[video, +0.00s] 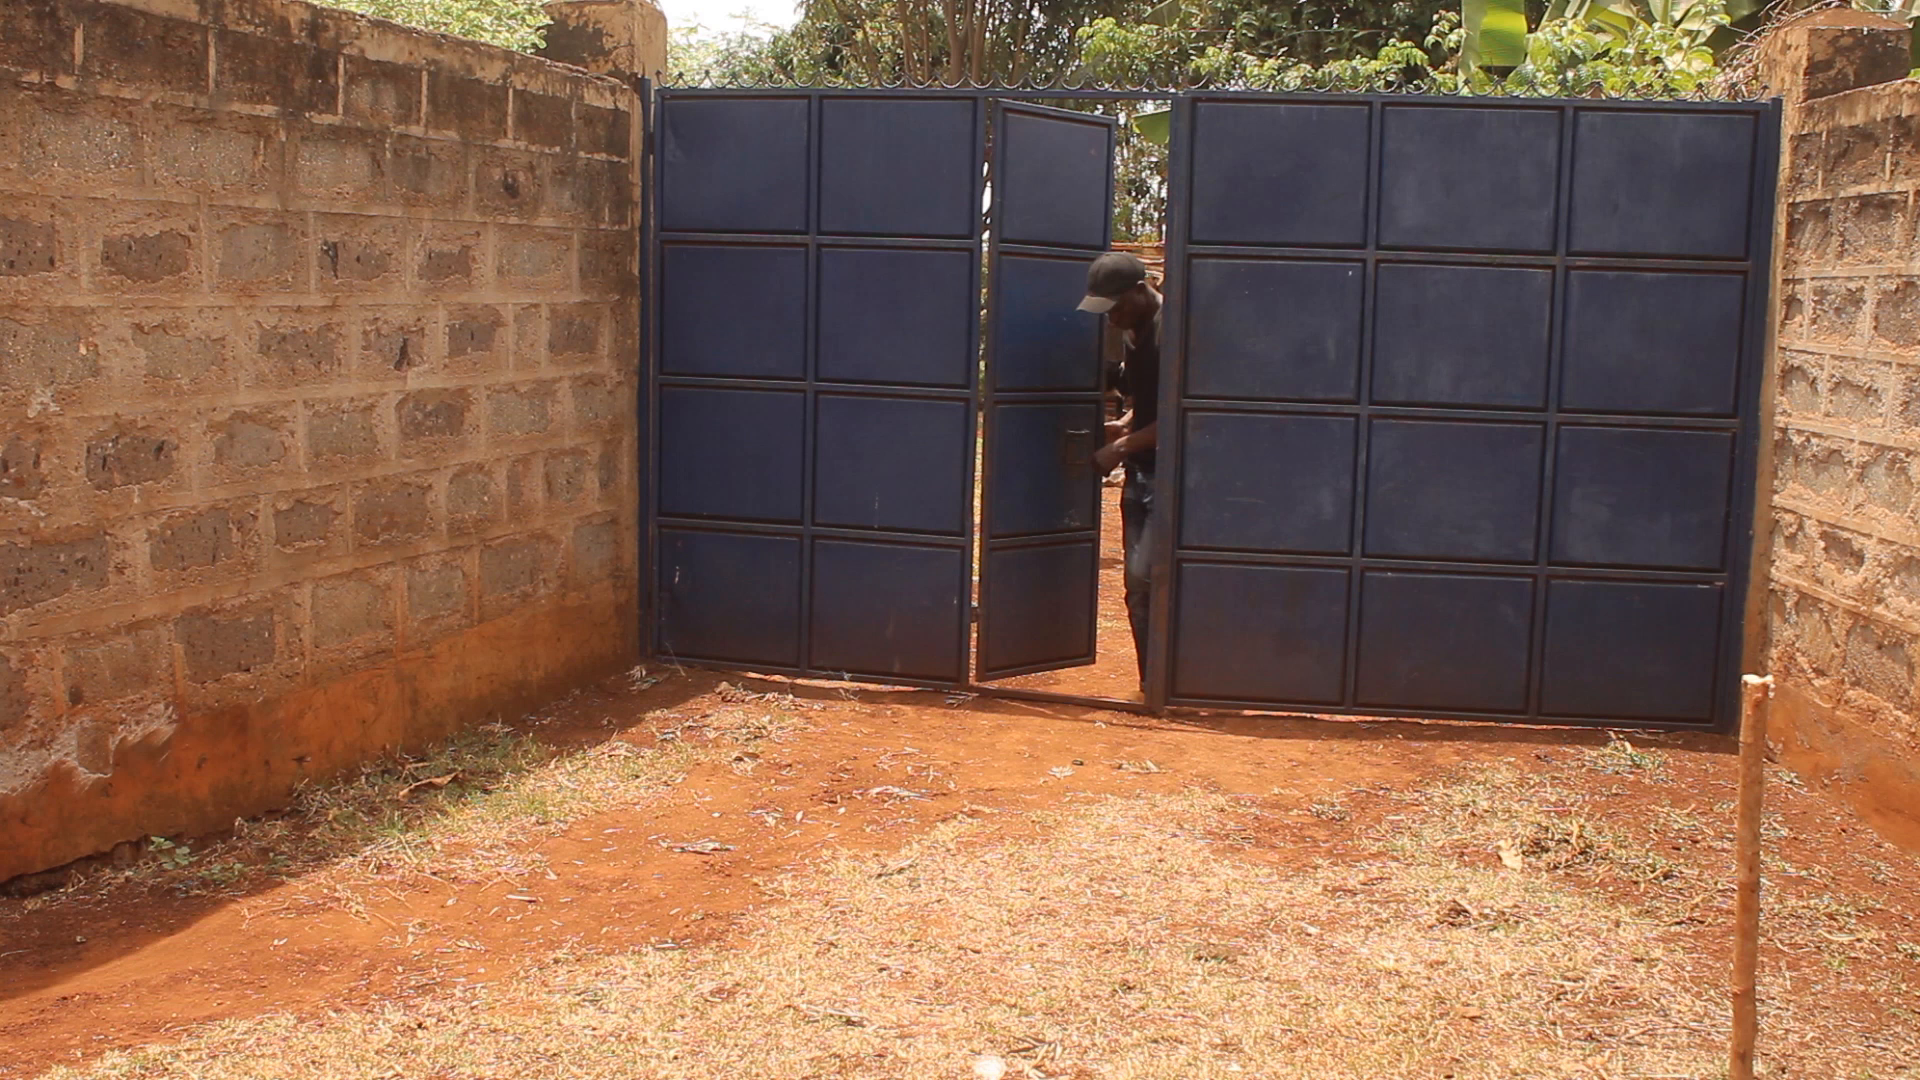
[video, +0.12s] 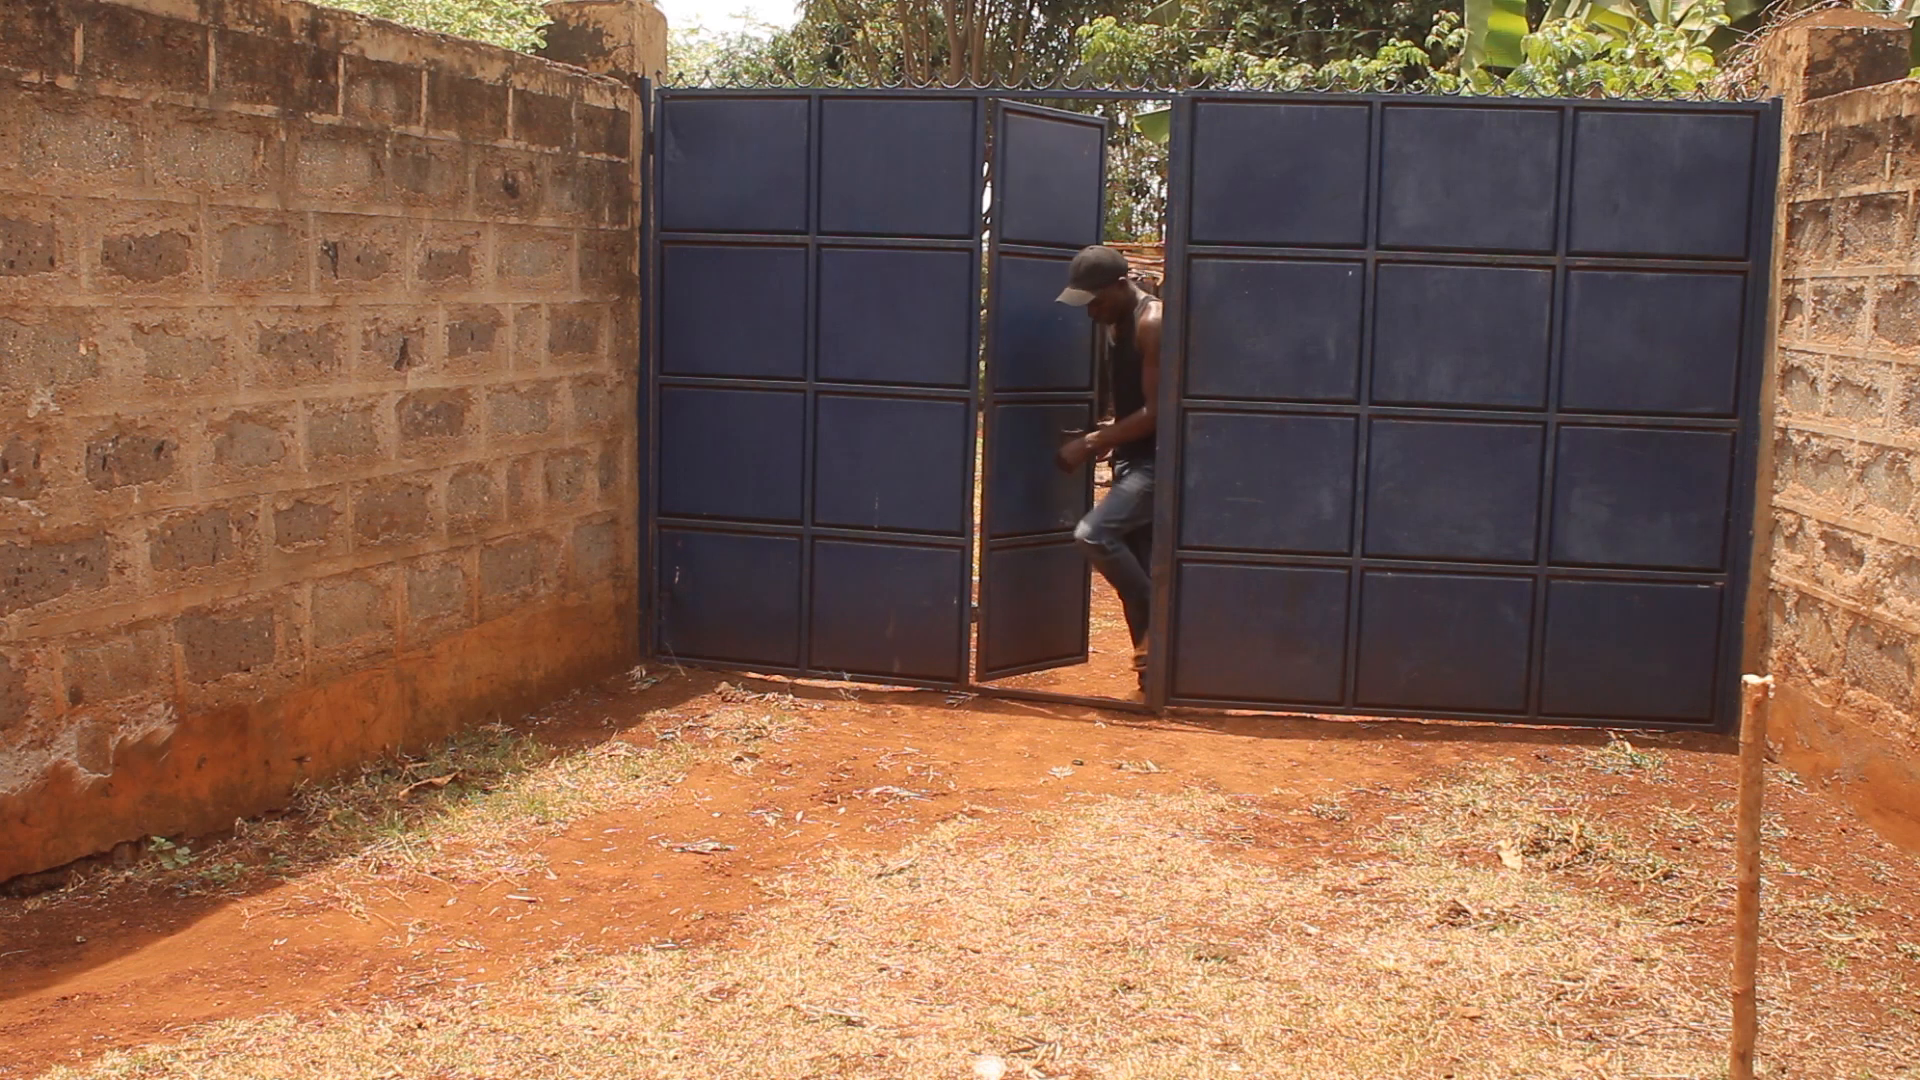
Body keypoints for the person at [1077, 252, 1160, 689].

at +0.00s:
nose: (1111, 316)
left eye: (1115, 306)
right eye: (1107, 308)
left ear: (1139, 293)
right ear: (1112, 299)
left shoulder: (1171, 332)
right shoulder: (1135, 328)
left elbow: (1177, 417)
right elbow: (1149, 400)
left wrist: (1120, 449)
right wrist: (1123, 427)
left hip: (1171, 472)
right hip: (1141, 469)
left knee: (1150, 573)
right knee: (1137, 577)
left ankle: (1164, 683)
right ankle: (1151, 682)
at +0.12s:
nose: (1090, 310)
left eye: (1095, 301)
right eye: (1087, 302)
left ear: (1121, 286)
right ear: (1108, 291)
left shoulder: (1152, 325)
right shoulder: (1119, 322)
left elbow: (1157, 413)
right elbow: (1131, 405)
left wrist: (1091, 443)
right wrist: (1097, 438)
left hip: (1158, 461)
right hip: (1134, 459)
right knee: (1137, 560)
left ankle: (1154, 628)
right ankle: (1152, 660)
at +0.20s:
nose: (1076, 310)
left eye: (1079, 301)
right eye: (1073, 302)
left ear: (1103, 286)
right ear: (1099, 288)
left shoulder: (1139, 322)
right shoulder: (1114, 317)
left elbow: (1140, 412)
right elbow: (1117, 402)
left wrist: (1069, 438)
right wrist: (1085, 441)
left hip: (1147, 458)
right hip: (1126, 456)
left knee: (1066, 520)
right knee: (1126, 568)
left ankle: (1125, 637)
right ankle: (1150, 672)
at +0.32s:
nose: (1053, 310)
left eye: (1055, 300)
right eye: (1049, 302)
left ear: (1079, 285)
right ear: (1079, 286)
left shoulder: (1112, 326)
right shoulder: (1107, 315)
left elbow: (1109, 415)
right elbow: (1113, 408)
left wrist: (1043, 433)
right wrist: (1063, 431)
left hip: (1126, 462)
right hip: (1113, 459)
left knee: (1040, 541)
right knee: (1114, 573)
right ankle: (1149, 675)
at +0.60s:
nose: (1012, 291)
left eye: (1009, 281)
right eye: (1008, 282)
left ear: (1021, 270)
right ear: (1050, 260)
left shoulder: (1050, 312)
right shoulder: (1081, 304)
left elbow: (1025, 402)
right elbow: (1107, 393)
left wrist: (1013, 434)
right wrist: (1103, 454)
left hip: (1064, 475)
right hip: (1084, 473)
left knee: (1000, 574)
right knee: (1029, 573)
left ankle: (1029, 704)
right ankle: (1114, 626)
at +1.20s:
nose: (1080, 250)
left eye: (1048, 239)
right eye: (1090, 242)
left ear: (1044, 241)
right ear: (1092, 245)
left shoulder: (1013, 291)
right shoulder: (1117, 300)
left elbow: (1015, 369)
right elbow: (1117, 387)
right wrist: (1127, 442)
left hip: (1039, 456)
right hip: (1098, 458)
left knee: (1025, 582)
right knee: (1083, 584)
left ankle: (1030, 704)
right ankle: (1089, 717)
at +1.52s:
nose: (1133, 270)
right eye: (1134, 263)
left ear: (1085, 251)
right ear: (1132, 263)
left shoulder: (1046, 287)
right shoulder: (1144, 317)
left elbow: (1037, 371)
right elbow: (1131, 393)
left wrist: (1074, 406)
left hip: (1052, 449)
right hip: (1112, 455)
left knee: (1023, 578)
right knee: (1098, 593)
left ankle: (1025, 715)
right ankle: (1091, 722)